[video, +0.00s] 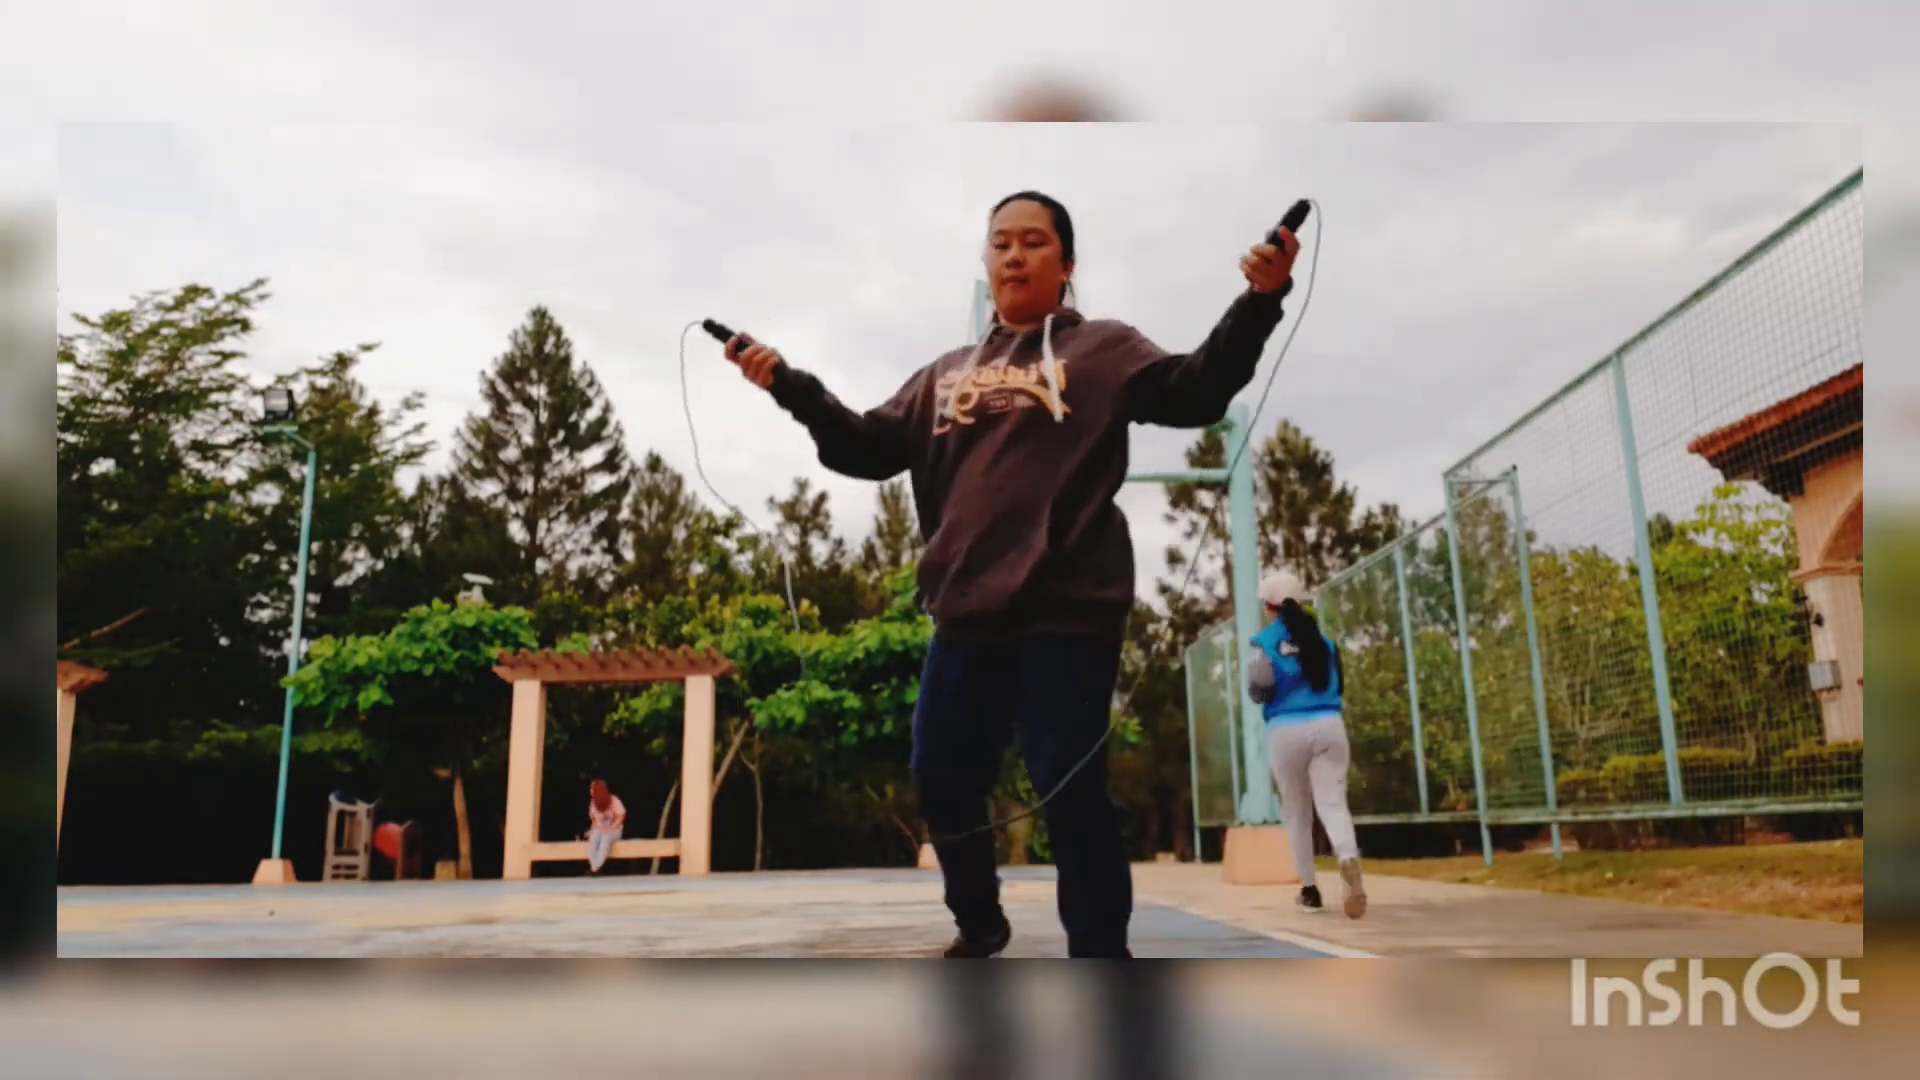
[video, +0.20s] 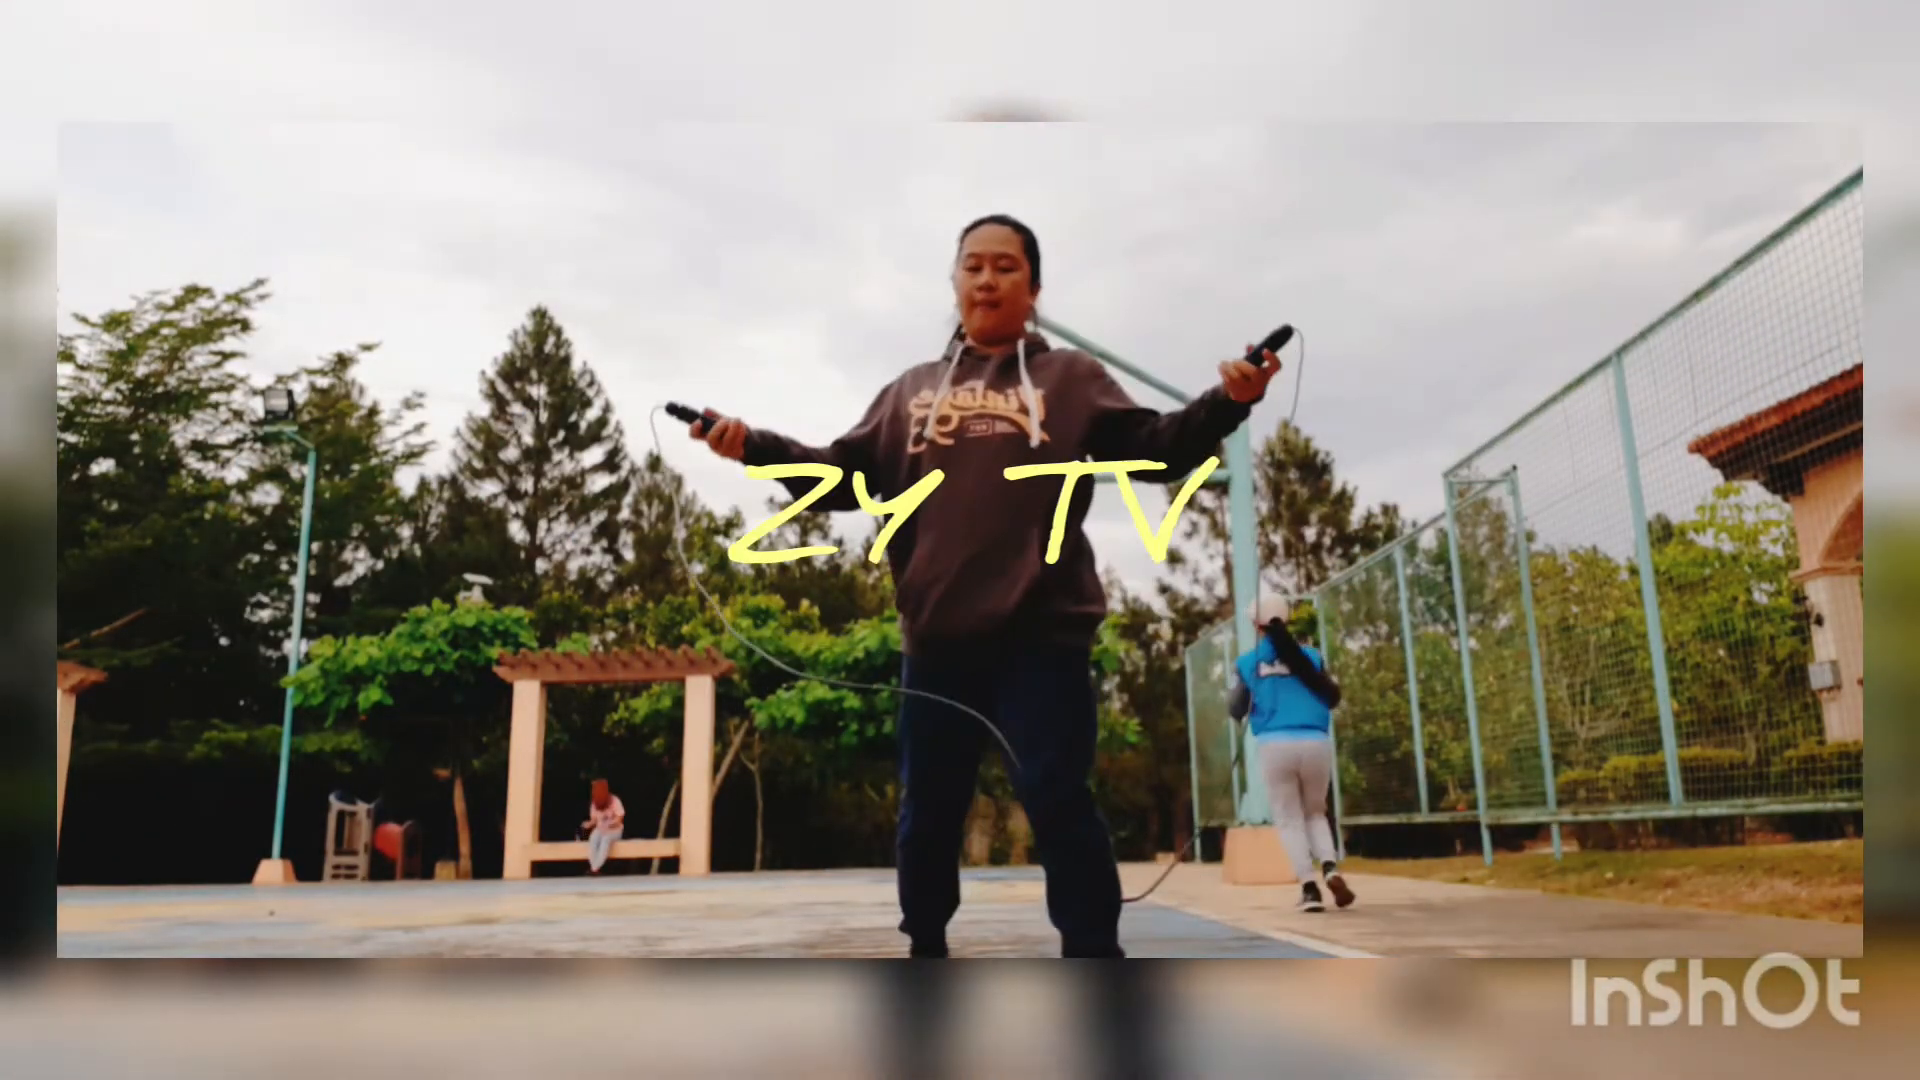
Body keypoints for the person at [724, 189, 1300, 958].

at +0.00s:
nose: (1014, 254)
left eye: (1034, 241)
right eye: (1001, 243)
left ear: (1067, 263)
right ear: (986, 264)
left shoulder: (1102, 349)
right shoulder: (946, 376)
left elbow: (1196, 393)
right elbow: (869, 448)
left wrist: (1259, 299)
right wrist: (786, 384)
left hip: (1073, 603)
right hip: (969, 607)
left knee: (1069, 779)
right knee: (942, 773)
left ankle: (1101, 954)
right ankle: (980, 929)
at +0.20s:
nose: (987, 278)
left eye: (1005, 266)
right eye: (973, 265)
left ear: (1033, 290)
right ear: (955, 285)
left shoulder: (1070, 378)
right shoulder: (912, 390)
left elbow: (1156, 449)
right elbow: (845, 476)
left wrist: (1226, 402)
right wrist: (754, 448)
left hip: (1044, 627)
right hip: (940, 630)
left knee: (1057, 797)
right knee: (928, 809)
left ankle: (1095, 961)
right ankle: (925, 954)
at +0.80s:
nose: (994, 312)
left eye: (995, 301)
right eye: (976, 300)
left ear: (985, 320)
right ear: (929, 316)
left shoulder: (1022, 406)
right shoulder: (874, 408)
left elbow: (1093, 481)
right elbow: (816, 494)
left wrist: (1190, 444)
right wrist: (740, 468)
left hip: (1003, 639)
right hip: (907, 644)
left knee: (1007, 800)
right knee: (916, 808)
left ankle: (1016, 953)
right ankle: (923, 956)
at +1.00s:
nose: (1003, 316)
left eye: (1005, 305)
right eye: (985, 303)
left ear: (1006, 324)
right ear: (939, 321)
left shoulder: (1039, 408)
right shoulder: (895, 410)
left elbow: (1112, 470)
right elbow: (834, 480)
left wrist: (1198, 483)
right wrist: (787, 491)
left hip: (1022, 641)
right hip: (926, 644)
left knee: (1021, 806)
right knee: (926, 804)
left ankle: (1018, 952)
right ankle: (925, 950)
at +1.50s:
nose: (988, 326)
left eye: (1001, 314)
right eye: (972, 315)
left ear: (1022, 331)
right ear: (948, 333)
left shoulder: (1061, 416)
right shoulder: (915, 411)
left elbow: (1147, 448)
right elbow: (848, 446)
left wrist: (1200, 391)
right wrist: (807, 386)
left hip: (1039, 647)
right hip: (944, 647)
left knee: (1030, 812)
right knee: (939, 802)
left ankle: (1019, 952)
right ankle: (929, 949)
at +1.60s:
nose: (986, 327)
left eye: (999, 315)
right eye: (971, 315)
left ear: (1020, 331)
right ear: (947, 333)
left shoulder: (1061, 417)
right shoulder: (914, 413)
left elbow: (1147, 452)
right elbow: (845, 448)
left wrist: (1197, 397)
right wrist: (800, 395)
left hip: (1039, 646)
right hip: (943, 646)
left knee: (1032, 809)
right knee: (940, 800)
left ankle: (1019, 952)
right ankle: (932, 947)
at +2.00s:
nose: (953, 350)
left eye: (967, 338)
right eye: (939, 337)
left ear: (990, 355)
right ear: (917, 353)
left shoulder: (1026, 445)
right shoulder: (883, 450)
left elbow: (1084, 539)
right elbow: (831, 545)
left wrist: (1164, 586)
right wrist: (772, 595)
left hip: (1020, 654)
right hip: (925, 662)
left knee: (1035, 739)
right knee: (932, 810)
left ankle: (1017, 921)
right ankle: (939, 952)